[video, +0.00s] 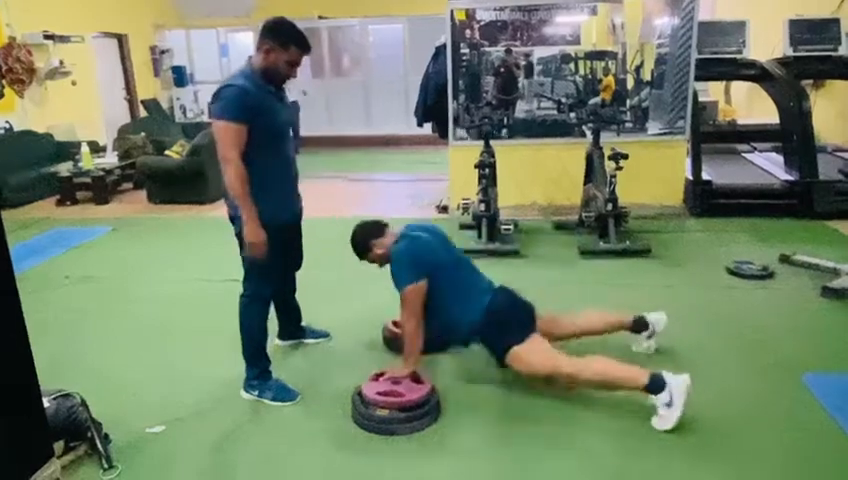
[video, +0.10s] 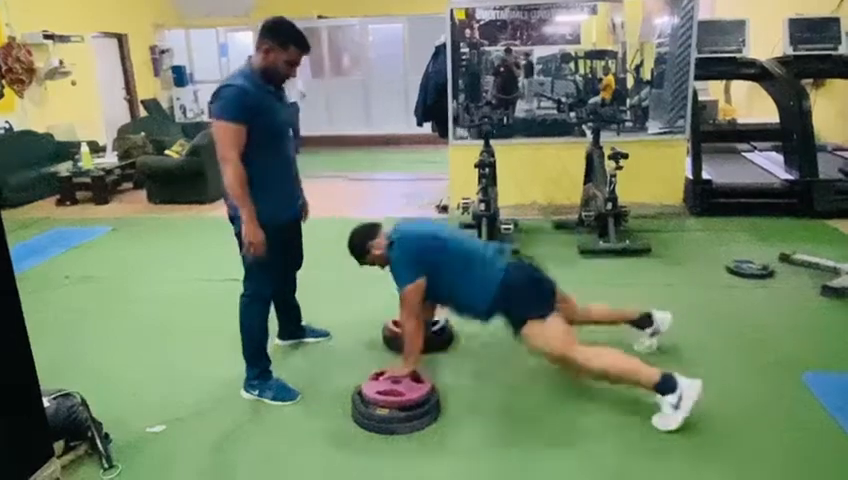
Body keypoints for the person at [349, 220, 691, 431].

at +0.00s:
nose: (378, 264)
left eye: (374, 258)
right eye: (373, 260)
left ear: (376, 246)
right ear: (384, 229)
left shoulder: (405, 256)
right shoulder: (421, 231)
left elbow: (412, 321)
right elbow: (427, 300)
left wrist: (408, 366)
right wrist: (412, 332)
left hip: (493, 322)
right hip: (500, 299)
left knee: (559, 368)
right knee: (557, 327)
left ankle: (661, 385)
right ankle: (642, 323)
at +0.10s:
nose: (377, 264)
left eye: (373, 259)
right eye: (373, 261)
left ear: (374, 247)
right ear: (378, 234)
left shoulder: (403, 252)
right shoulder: (410, 231)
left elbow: (412, 312)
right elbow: (426, 293)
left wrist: (407, 362)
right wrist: (415, 329)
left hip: (510, 292)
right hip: (514, 271)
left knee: (571, 355)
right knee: (576, 313)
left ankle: (672, 387)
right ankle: (647, 320)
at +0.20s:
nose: (395, 267)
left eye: (390, 263)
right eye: (390, 264)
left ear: (391, 250)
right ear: (395, 239)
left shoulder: (417, 250)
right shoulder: (422, 233)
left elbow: (421, 316)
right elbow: (435, 292)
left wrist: (410, 365)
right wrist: (416, 322)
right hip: (536, 237)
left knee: (549, 340)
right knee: (558, 299)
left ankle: (643, 376)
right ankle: (626, 315)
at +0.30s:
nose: (421, 269)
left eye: (416, 265)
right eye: (417, 266)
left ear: (419, 253)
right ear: (420, 242)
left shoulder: (443, 249)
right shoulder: (443, 236)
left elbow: (441, 313)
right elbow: (444, 300)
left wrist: (411, 363)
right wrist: (428, 325)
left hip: (560, 237)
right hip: (557, 223)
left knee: (518, 321)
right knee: (544, 289)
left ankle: (591, 375)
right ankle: (587, 325)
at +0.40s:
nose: (442, 275)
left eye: (438, 270)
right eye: (439, 272)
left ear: (441, 259)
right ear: (445, 248)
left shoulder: (465, 258)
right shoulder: (465, 243)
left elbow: (451, 325)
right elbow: (456, 292)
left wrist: (413, 363)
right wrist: (430, 319)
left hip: (583, 262)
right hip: (578, 248)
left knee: (514, 316)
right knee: (522, 298)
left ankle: (578, 375)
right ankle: (569, 340)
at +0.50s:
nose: (454, 275)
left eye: (452, 269)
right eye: (451, 270)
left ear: (461, 259)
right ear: (468, 248)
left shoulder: (482, 268)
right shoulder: (486, 250)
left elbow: (452, 333)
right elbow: (463, 292)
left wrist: (413, 364)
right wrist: (431, 318)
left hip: (594, 297)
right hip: (591, 281)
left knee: (524, 323)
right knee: (530, 304)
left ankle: (582, 379)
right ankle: (575, 345)